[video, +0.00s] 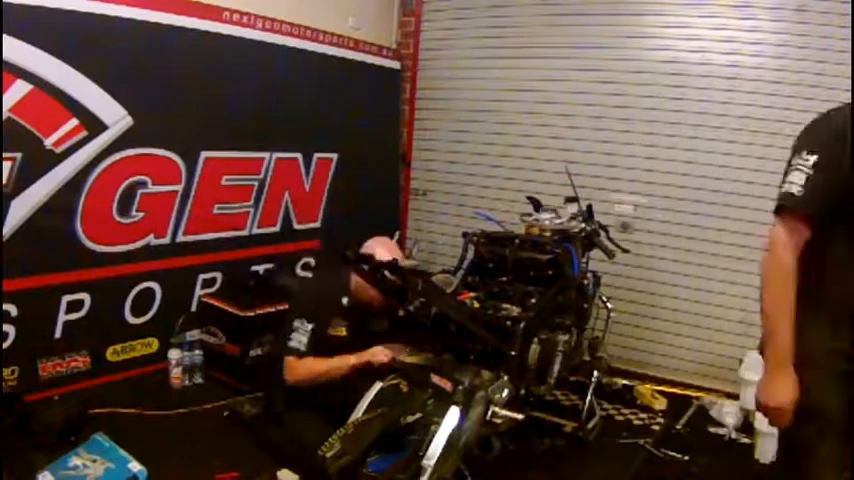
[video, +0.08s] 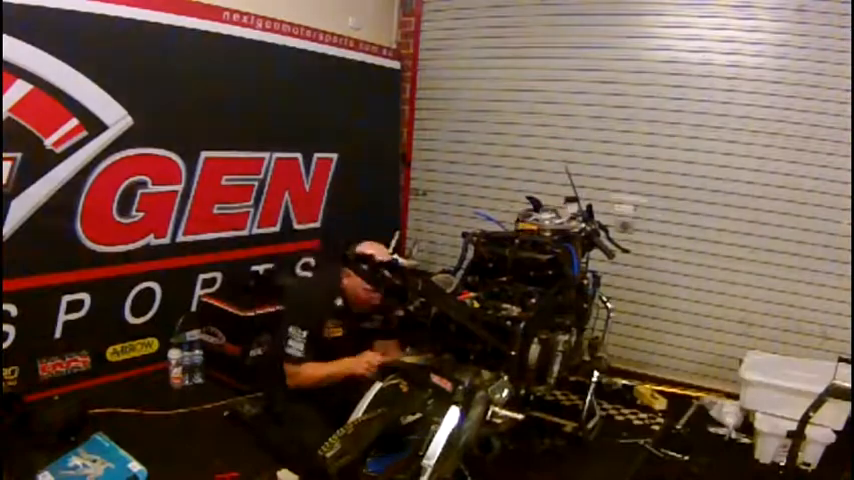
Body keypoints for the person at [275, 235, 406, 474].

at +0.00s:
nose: (389, 303)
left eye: (394, 296)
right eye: (387, 293)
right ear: (367, 276)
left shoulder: (371, 309)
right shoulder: (315, 298)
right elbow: (293, 372)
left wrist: (429, 376)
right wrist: (362, 358)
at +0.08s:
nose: (377, 298)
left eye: (381, 292)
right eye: (369, 290)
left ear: (387, 290)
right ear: (347, 278)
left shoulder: (378, 307)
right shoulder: (311, 303)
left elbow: (389, 353)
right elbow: (293, 376)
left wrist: (425, 378)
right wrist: (350, 366)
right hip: (300, 396)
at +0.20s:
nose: (325, 254)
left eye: (328, 246)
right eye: (317, 246)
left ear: (332, 241)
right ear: (292, 241)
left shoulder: (329, 272)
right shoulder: (269, 282)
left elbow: (349, 318)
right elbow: (251, 352)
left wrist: (365, 365)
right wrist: (297, 404)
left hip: (340, 386)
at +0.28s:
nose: (353, 276)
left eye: (357, 268)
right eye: (348, 267)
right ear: (322, 255)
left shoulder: (343, 278)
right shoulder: (288, 284)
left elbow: (360, 325)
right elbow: (294, 364)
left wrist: (370, 375)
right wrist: (333, 427)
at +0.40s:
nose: (340, 257)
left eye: (342, 249)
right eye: (335, 250)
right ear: (311, 244)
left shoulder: (334, 278)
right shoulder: (278, 281)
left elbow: (343, 321)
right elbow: (261, 349)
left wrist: (355, 347)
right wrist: (317, 346)